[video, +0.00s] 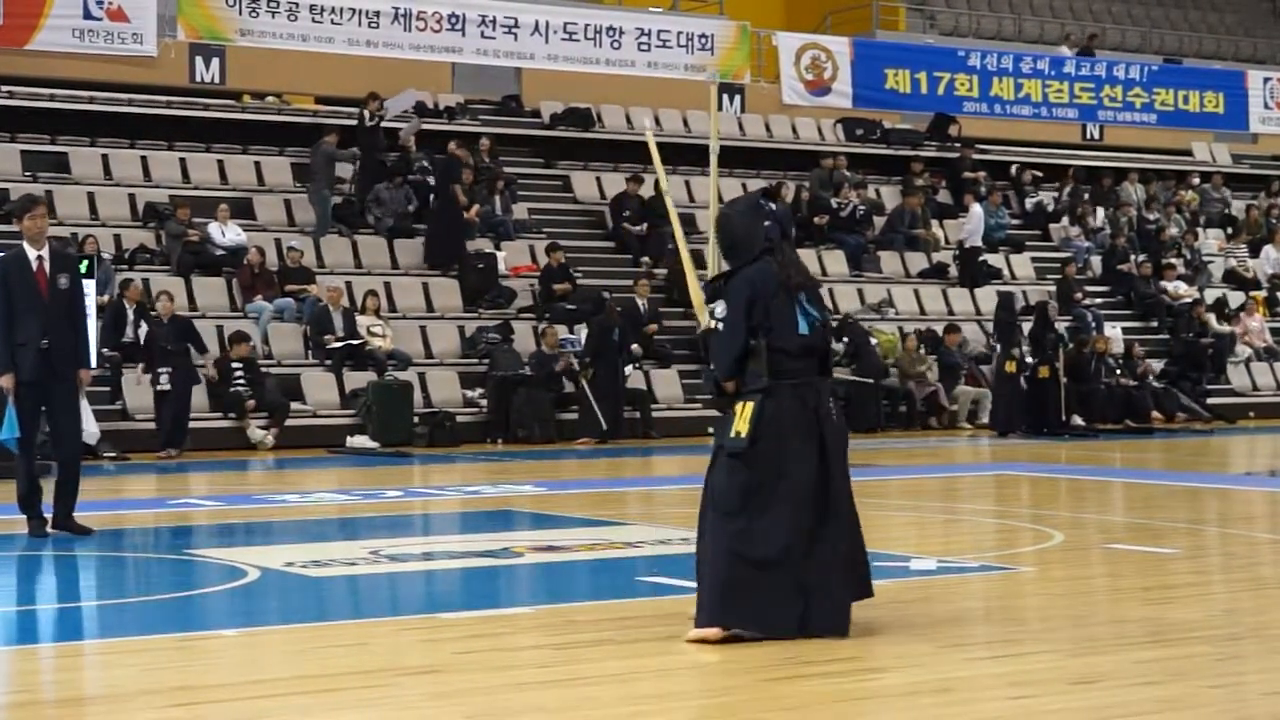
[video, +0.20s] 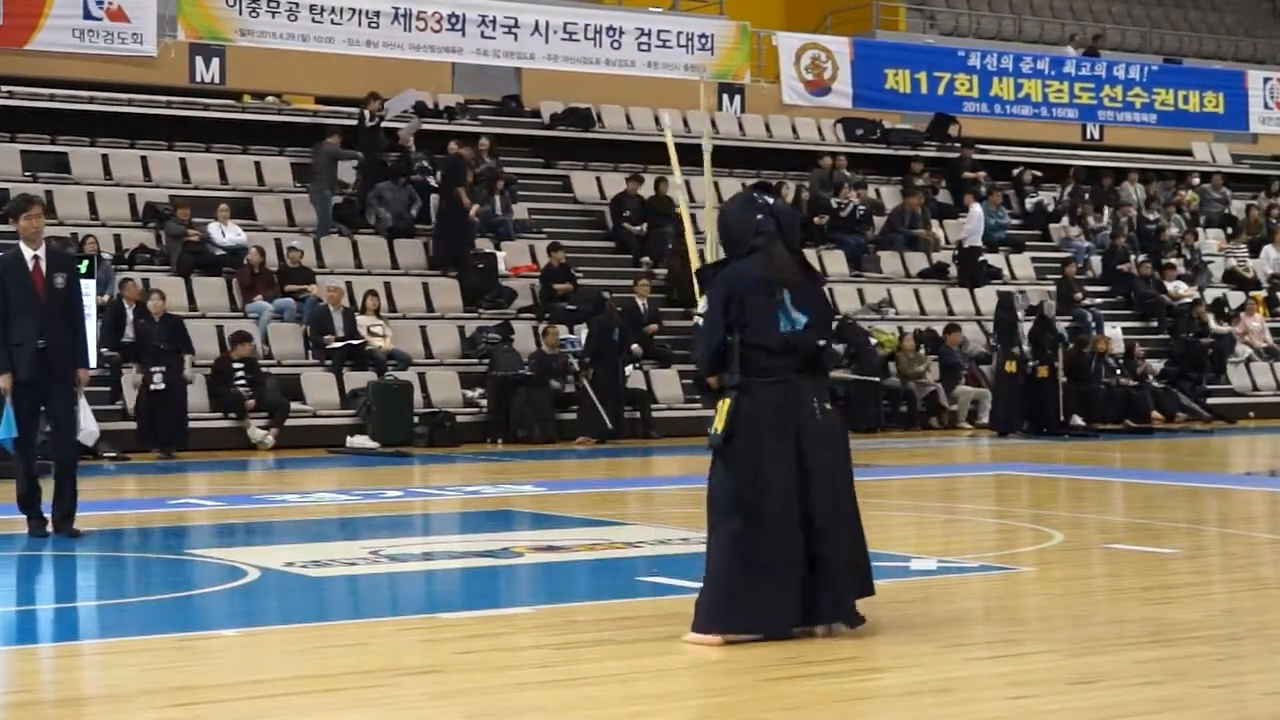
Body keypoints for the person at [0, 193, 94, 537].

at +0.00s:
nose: (39, 223)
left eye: (43, 217)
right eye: (32, 218)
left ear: (49, 220)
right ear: (18, 223)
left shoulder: (66, 258)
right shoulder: (6, 265)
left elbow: (78, 314)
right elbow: (2, 319)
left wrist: (84, 362)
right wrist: (5, 368)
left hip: (63, 363)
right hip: (24, 365)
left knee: (70, 441)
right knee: (26, 443)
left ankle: (63, 514)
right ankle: (33, 514)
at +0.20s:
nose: (35, 223)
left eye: (39, 216)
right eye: (28, 218)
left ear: (46, 219)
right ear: (15, 223)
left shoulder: (64, 258)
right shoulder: (5, 265)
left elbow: (76, 314)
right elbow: (1, 320)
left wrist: (82, 362)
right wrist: (3, 369)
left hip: (61, 362)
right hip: (21, 365)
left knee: (66, 441)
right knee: (25, 442)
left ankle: (64, 518)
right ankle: (33, 515)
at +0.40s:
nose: (33, 222)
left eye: (37, 216)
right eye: (26, 218)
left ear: (44, 219)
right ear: (13, 224)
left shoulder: (63, 258)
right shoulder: (4, 264)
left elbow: (75, 315)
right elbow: (1, 320)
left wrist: (81, 363)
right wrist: (2, 369)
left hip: (58, 363)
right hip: (18, 366)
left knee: (58, 441)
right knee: (24, 441)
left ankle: (55, 519)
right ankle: (32, 512)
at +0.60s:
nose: (32, 223)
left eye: (36, 216)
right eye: (25, 218)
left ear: (44, 219)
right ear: (13, 224)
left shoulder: (63, 259)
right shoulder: (4, 264)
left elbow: (75, 315)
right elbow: (1, 320)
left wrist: (80, 363)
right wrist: (1, 370)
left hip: (55, 364)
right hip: (16, 367)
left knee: (49, 442)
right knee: (22, 441)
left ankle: (41, 519)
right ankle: (28, 502)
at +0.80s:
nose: (31, 223)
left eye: (35, 217)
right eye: (24, 218)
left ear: (43, 220)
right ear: (12, 224)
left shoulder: (62, 259)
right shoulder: (3, 264)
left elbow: (73, 316)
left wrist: (77, 365)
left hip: (53, 365)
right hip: (13, 367)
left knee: (46, 441)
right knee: (20, 441)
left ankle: (36, 519)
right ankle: (29, 509)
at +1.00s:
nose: (29, 220)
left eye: (33, 214)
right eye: (22, 215)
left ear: (42, 218)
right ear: (10, 222)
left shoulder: (60, 258)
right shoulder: (3, 262)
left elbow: (72, 315)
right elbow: (0, 316)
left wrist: (75, 364)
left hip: (50, 363)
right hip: (11, 366)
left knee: (46, 440)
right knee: (18, 440)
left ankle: (36, 519)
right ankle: (31, 509)